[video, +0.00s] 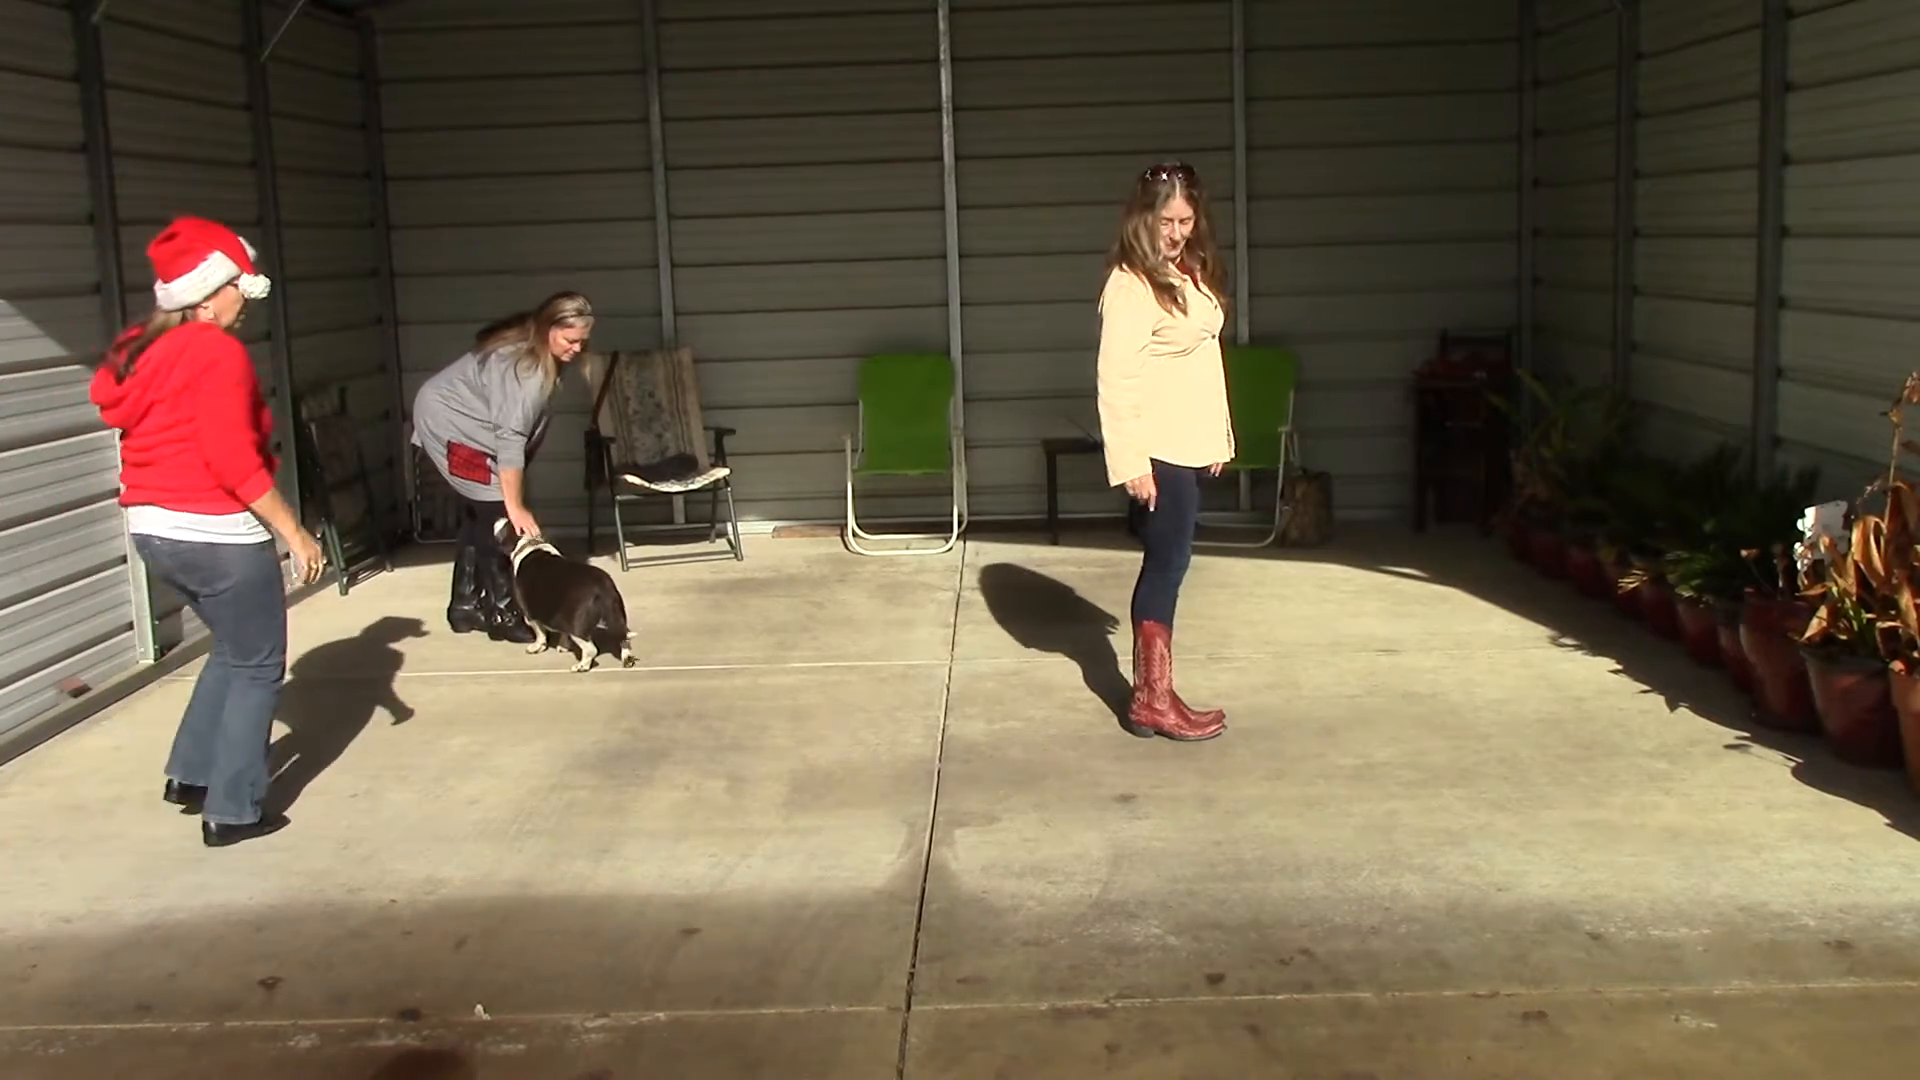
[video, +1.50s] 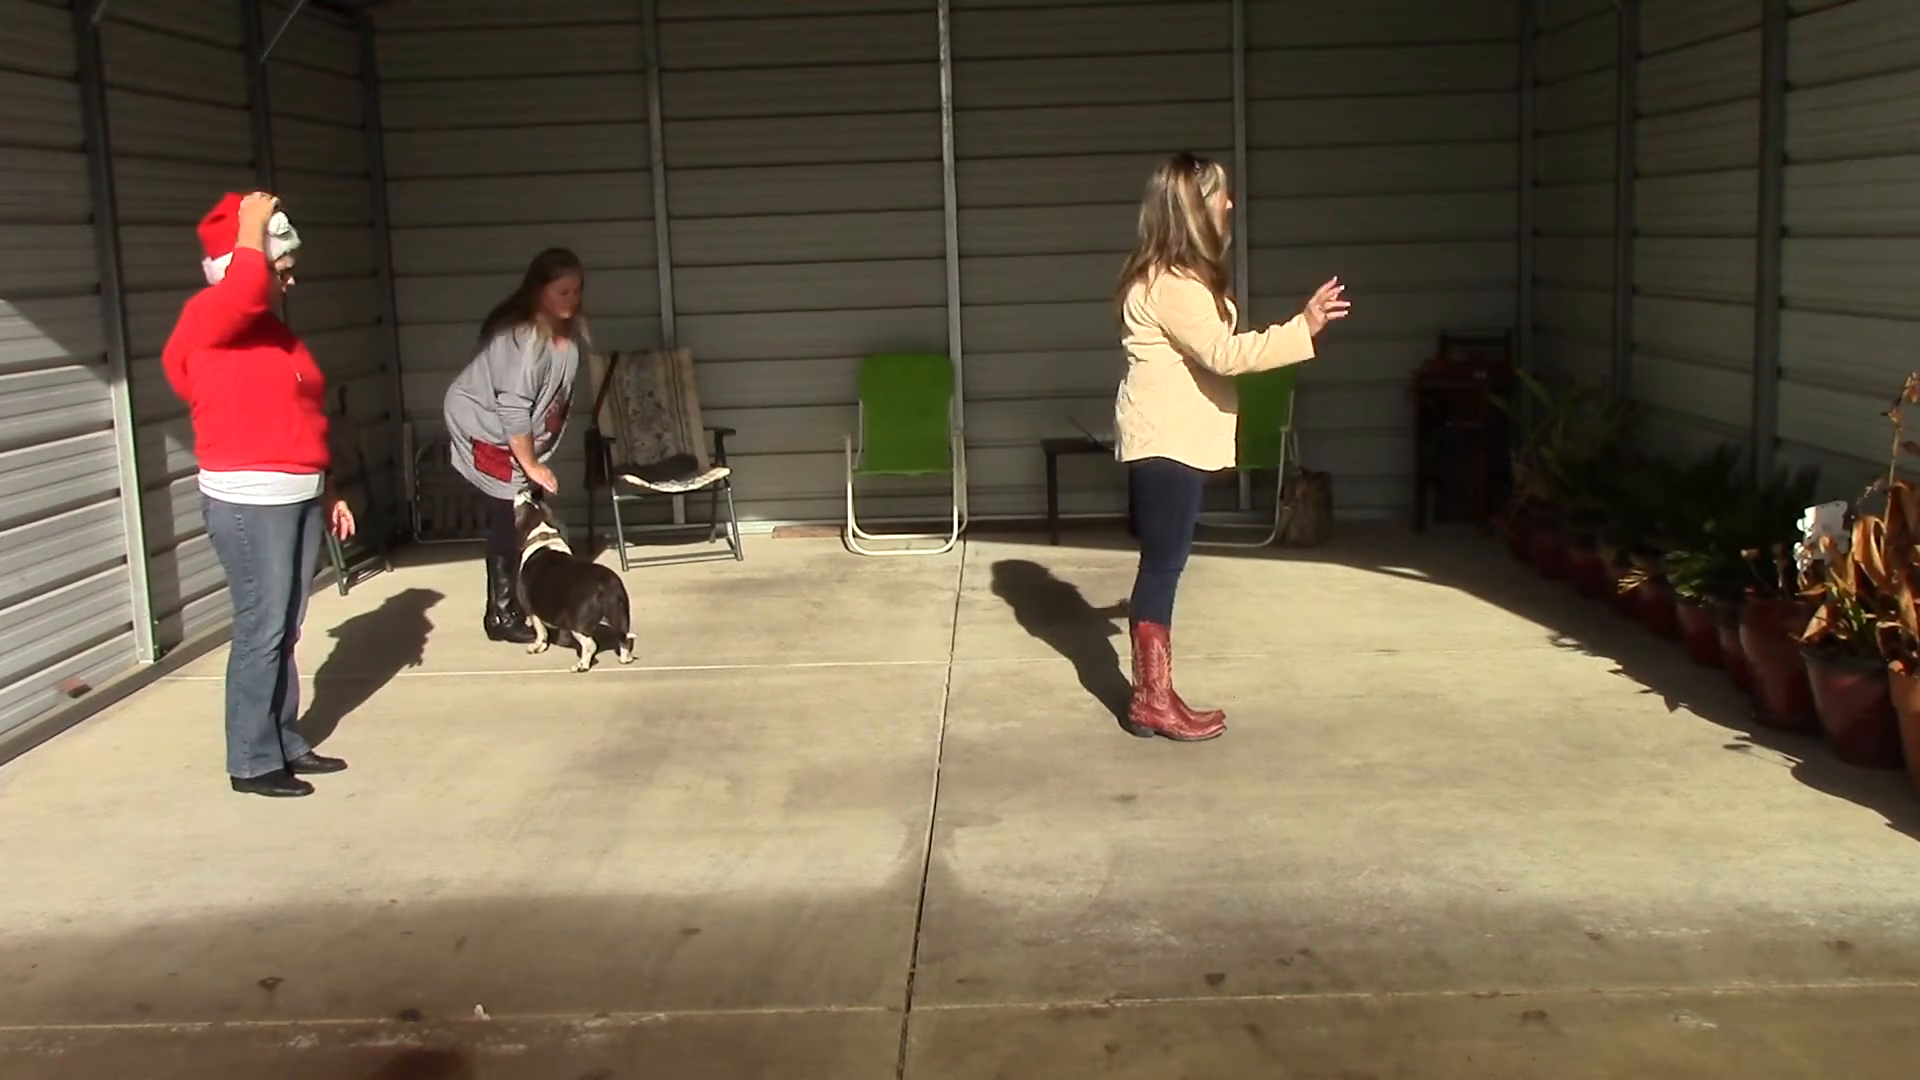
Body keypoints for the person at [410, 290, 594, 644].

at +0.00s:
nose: (576, 349)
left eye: (581, 342)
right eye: (571, 341)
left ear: (585, 335)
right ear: (549, 330)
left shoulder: (533, 352)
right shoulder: (526, 368)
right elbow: (510, 441)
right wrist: (515, 508)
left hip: (453, 411)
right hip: (445, 416)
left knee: (480, 507)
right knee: (494, 508)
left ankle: (464, 604)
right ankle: (502, 611)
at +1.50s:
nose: (572, 300)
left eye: (576, 291)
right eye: (563, 291)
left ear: (580, 291)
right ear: (541, 290)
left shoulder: (566, 332)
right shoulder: (518, 336)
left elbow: (553, 393)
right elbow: (513, 407)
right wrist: (530, 464)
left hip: (515, 419)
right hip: (477, 419)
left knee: (516, 507)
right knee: (505, 509)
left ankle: (512, 605)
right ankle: (500, 611)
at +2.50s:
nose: (555, 245)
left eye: (558, 236)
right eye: (546, 237)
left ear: (563, 239)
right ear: (523, 243)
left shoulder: (565, 287)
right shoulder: (518, 291)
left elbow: (583, 343)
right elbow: (533, 357)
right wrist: (557, 414)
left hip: (559, 400)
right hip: (524, 405)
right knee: (533, 501)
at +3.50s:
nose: (558, 245)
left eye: (560, 236)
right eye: (548, 237)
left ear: (565, 240)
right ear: (526, 244)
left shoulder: (567, 287)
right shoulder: (521, 292)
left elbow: (585, 347)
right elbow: (538, 358)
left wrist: (597, 397)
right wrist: (565, 411)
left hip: (563, 403)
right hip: (531, 409)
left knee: (557, 507)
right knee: (537, 508)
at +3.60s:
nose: (561, 246)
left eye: (563, 237)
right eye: (551, 238)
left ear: (568, 240)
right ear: (528, 244)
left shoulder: (569, 287)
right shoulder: (524, 292)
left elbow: (588, 349)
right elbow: (542, 359)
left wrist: (600, 399)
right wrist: (569, 411)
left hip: (565, 409)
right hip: (534, 412)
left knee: (561, 507)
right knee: (540, 510)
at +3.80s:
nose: (570, 248)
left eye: (572, 239)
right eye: (561, 240)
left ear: (575, 241)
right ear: (537, 245)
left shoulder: (573, 288)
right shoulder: (534, 293)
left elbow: (591, 344)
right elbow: (550, 360)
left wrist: (606, 362)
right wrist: (578, 412)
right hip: (546, 406)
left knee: (576, 492)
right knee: (567, 495)